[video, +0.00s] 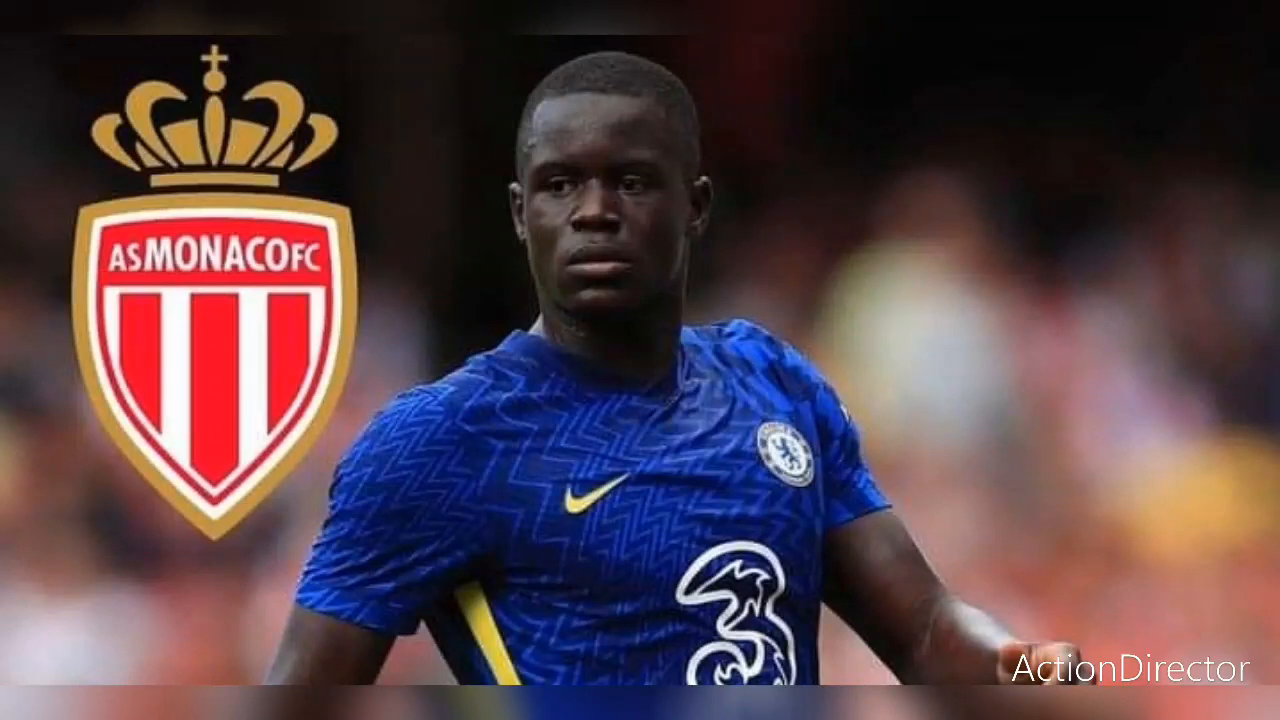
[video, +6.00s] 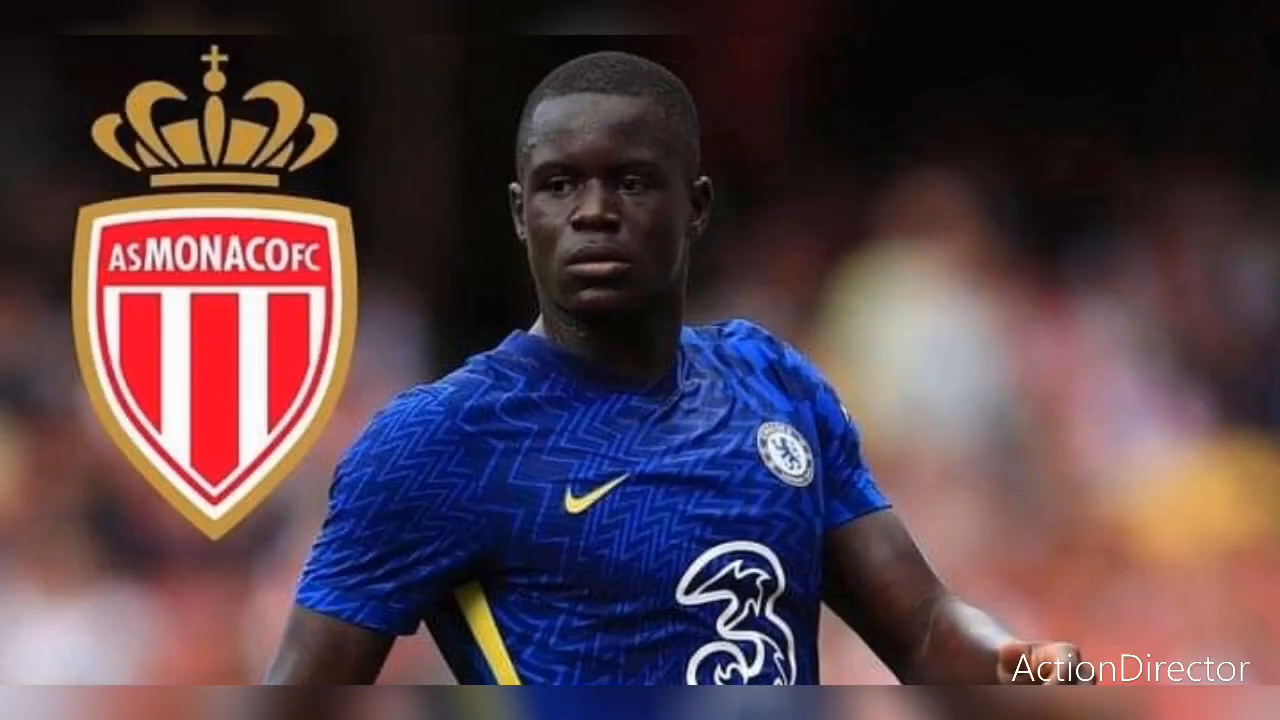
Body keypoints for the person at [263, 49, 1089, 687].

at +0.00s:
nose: (595, 209)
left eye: (633, 178)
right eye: (560, 181)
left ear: (697, 207)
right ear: (523, 215)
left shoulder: (770, 385)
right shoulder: (433, 445)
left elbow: (920, 626)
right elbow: (301, 691)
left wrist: (1018, 675)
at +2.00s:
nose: (595, 209)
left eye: (633, 178)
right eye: (560, 181)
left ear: (697, 209)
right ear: (522, 216)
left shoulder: (771, 385)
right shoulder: (432, 444)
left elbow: (921, 625)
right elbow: (301, 690)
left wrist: (1023, 673)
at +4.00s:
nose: (599, 209)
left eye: (635, 176)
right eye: (561, 180)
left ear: (698, 207)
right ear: (521, 212)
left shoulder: (786, 406)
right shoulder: (433, 444)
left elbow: (922, 626)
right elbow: (301, 689)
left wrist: (1018, 672)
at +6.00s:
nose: (596, 210)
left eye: (633, 178)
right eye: (560, 181)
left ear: (697, 207)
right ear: (522, 215)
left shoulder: (770, 385)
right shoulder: (433, 444)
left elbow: (921, 625)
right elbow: (301, 691)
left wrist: (1020, 674)